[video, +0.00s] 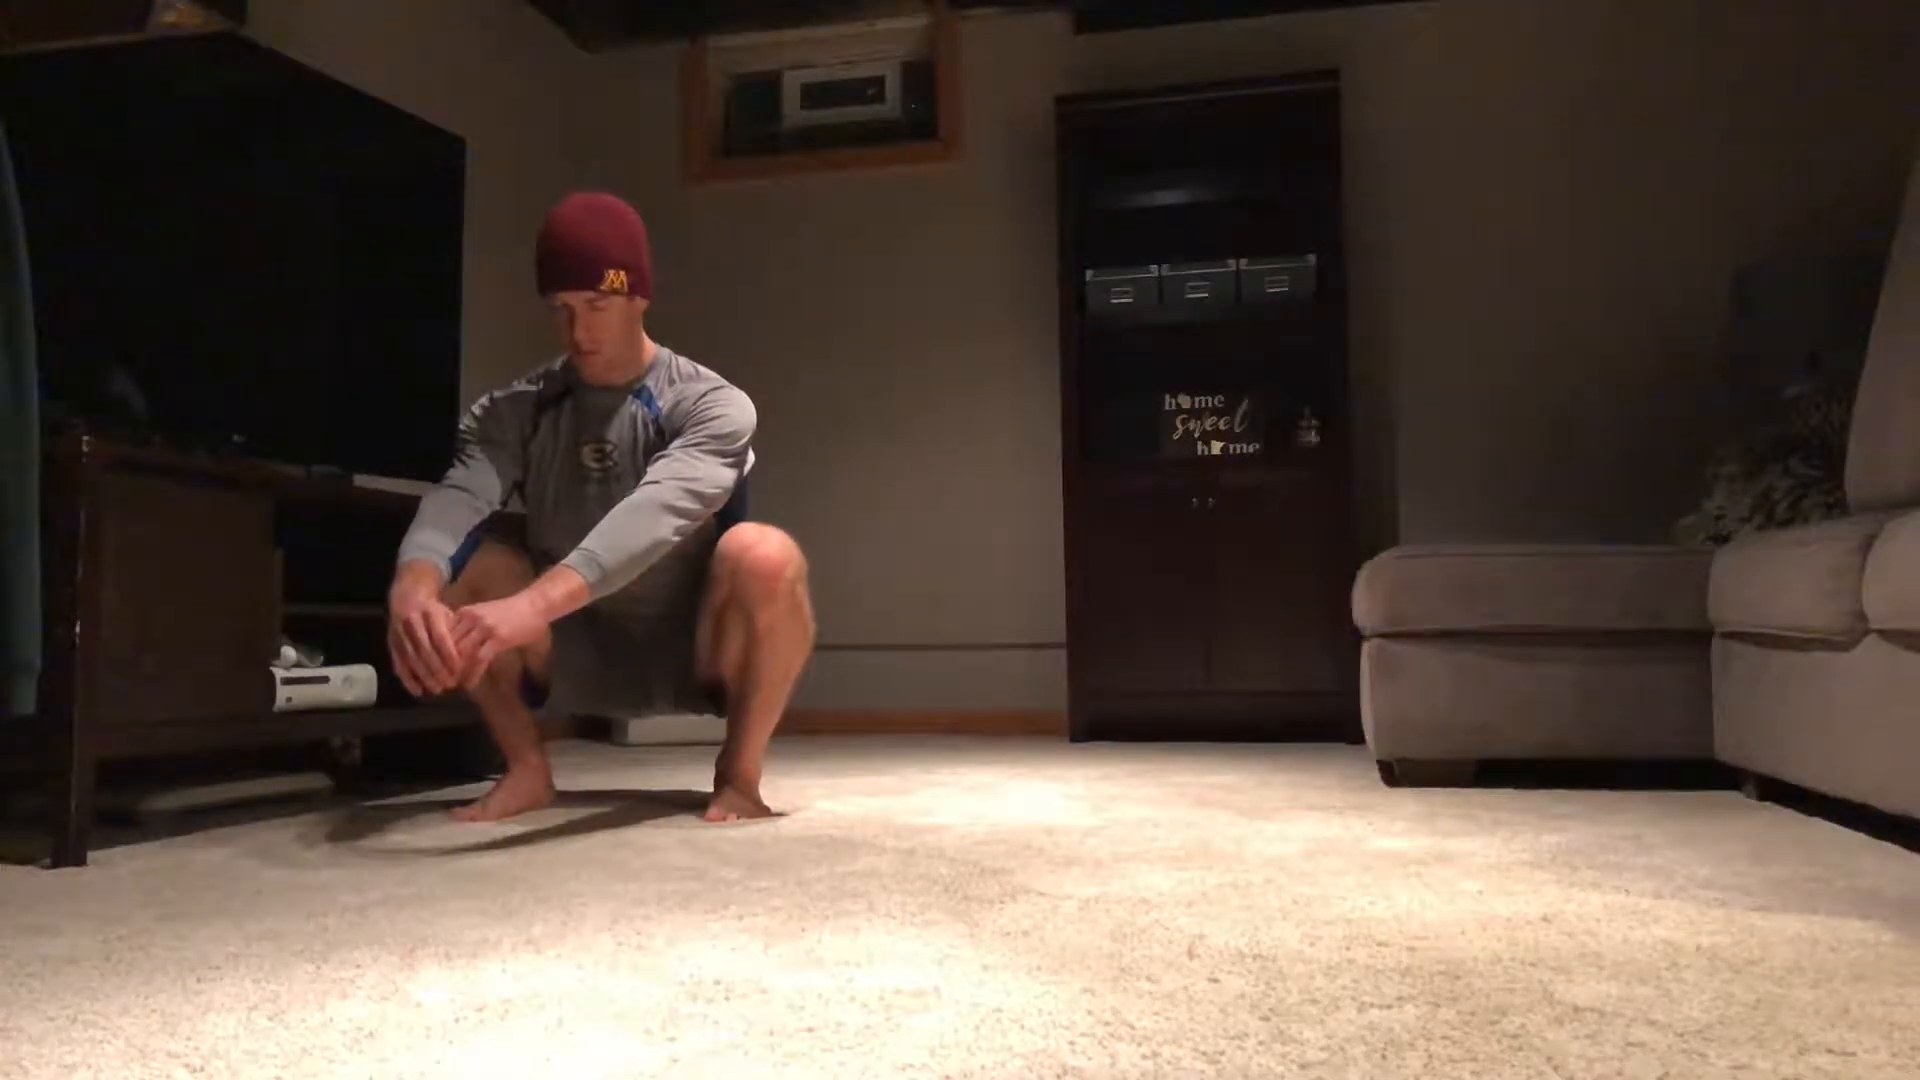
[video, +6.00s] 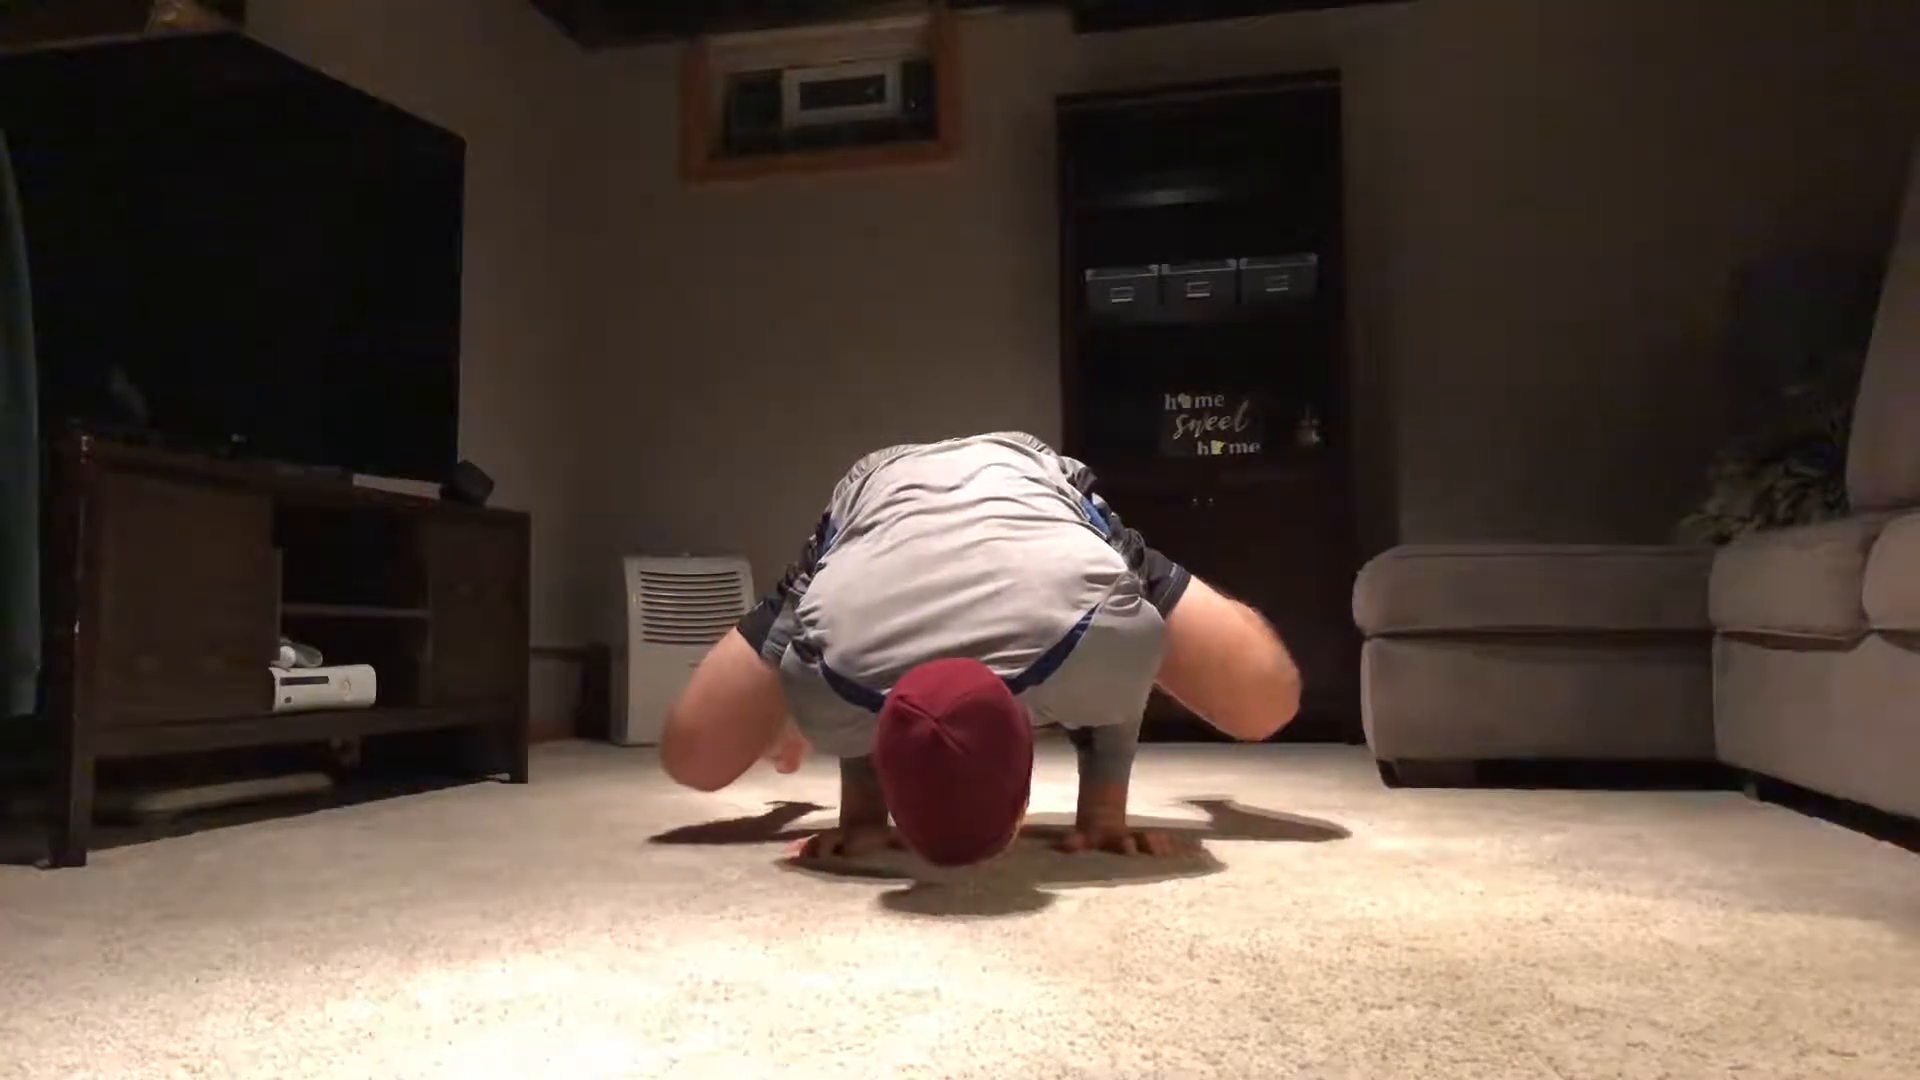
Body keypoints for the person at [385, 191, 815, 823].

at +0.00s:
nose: (578, 334)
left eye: (595, 309)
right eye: (563, 312)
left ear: (639, 301)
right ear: (548, 309)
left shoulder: (714, 408)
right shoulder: (514, 410)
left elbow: (655, 516)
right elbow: (459, 498)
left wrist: (535, 604)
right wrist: (413, 588)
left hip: (694, 644)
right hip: (580, 648)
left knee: (764, 553)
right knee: (462, 570)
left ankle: (741, 779)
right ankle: (526, 771)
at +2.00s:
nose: (631, 379)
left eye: (641, 358)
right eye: (610, 359)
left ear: (650, 353)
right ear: (555, 356)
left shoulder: (684, 458)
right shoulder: (471, 455)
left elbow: (636, 590)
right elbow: (430, 563)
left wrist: (548, 710)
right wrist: (423, 680)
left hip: (658, 667)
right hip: (539, 672)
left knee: (793, 533)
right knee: (397, 577)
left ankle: (752, 768)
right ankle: (521, 775)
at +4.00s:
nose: (985, 580)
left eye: (998, 559)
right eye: (964, 562)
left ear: (1022, 523)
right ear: (904, 520)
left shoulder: (1037, 529)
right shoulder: (811, 508)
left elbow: (1048, 672)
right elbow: (791, 680)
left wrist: (1094, 812)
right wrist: (849, 816)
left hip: (874, 587)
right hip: (744, 532)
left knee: (989, 690)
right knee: (593, 670)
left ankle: (823, 711)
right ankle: (517, 724)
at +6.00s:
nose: (967, 860)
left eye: (987, 845)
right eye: (945, 850)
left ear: (1025, 730)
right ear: (888, 731)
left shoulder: (1109, 645)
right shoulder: (812, 665)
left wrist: (1105, 810)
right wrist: (861, 807)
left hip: (1035, 474)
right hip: (877, 484)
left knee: (1269, 703)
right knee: (691, 757)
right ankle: (774, 724)